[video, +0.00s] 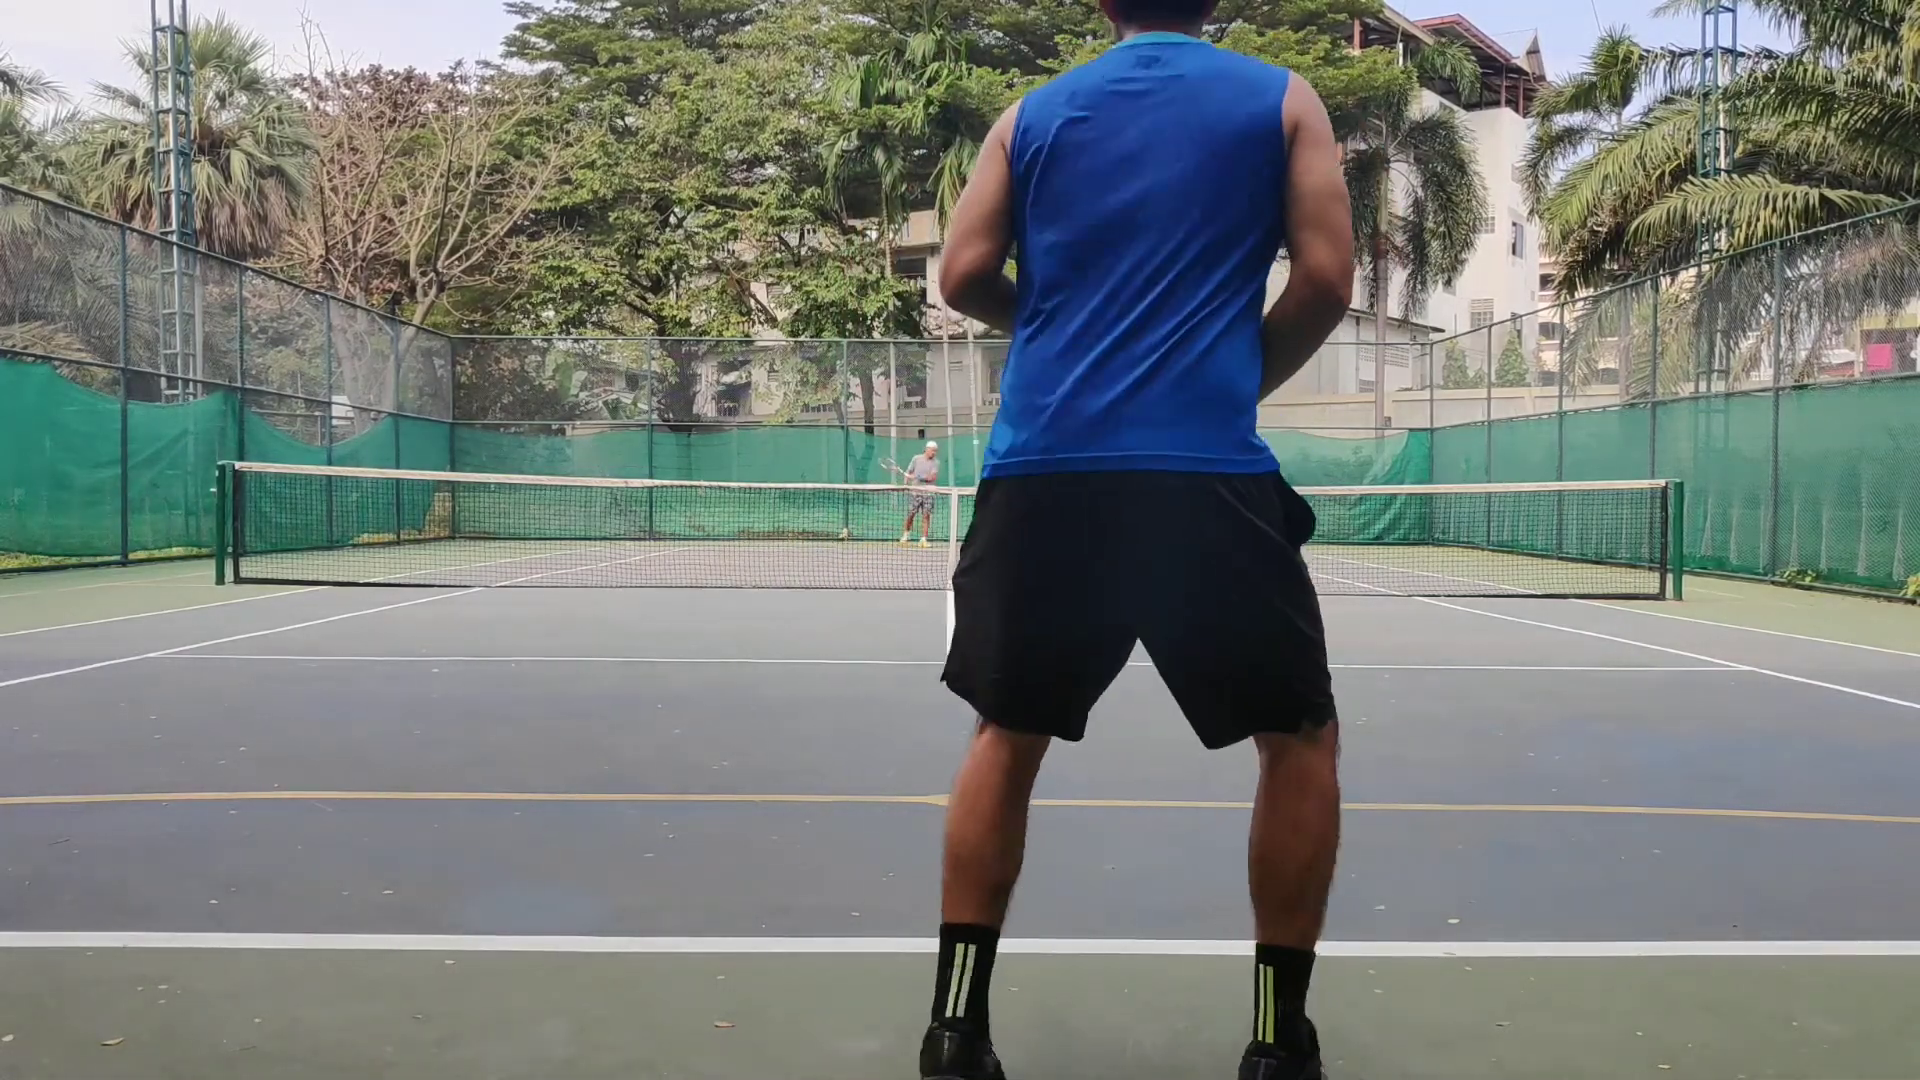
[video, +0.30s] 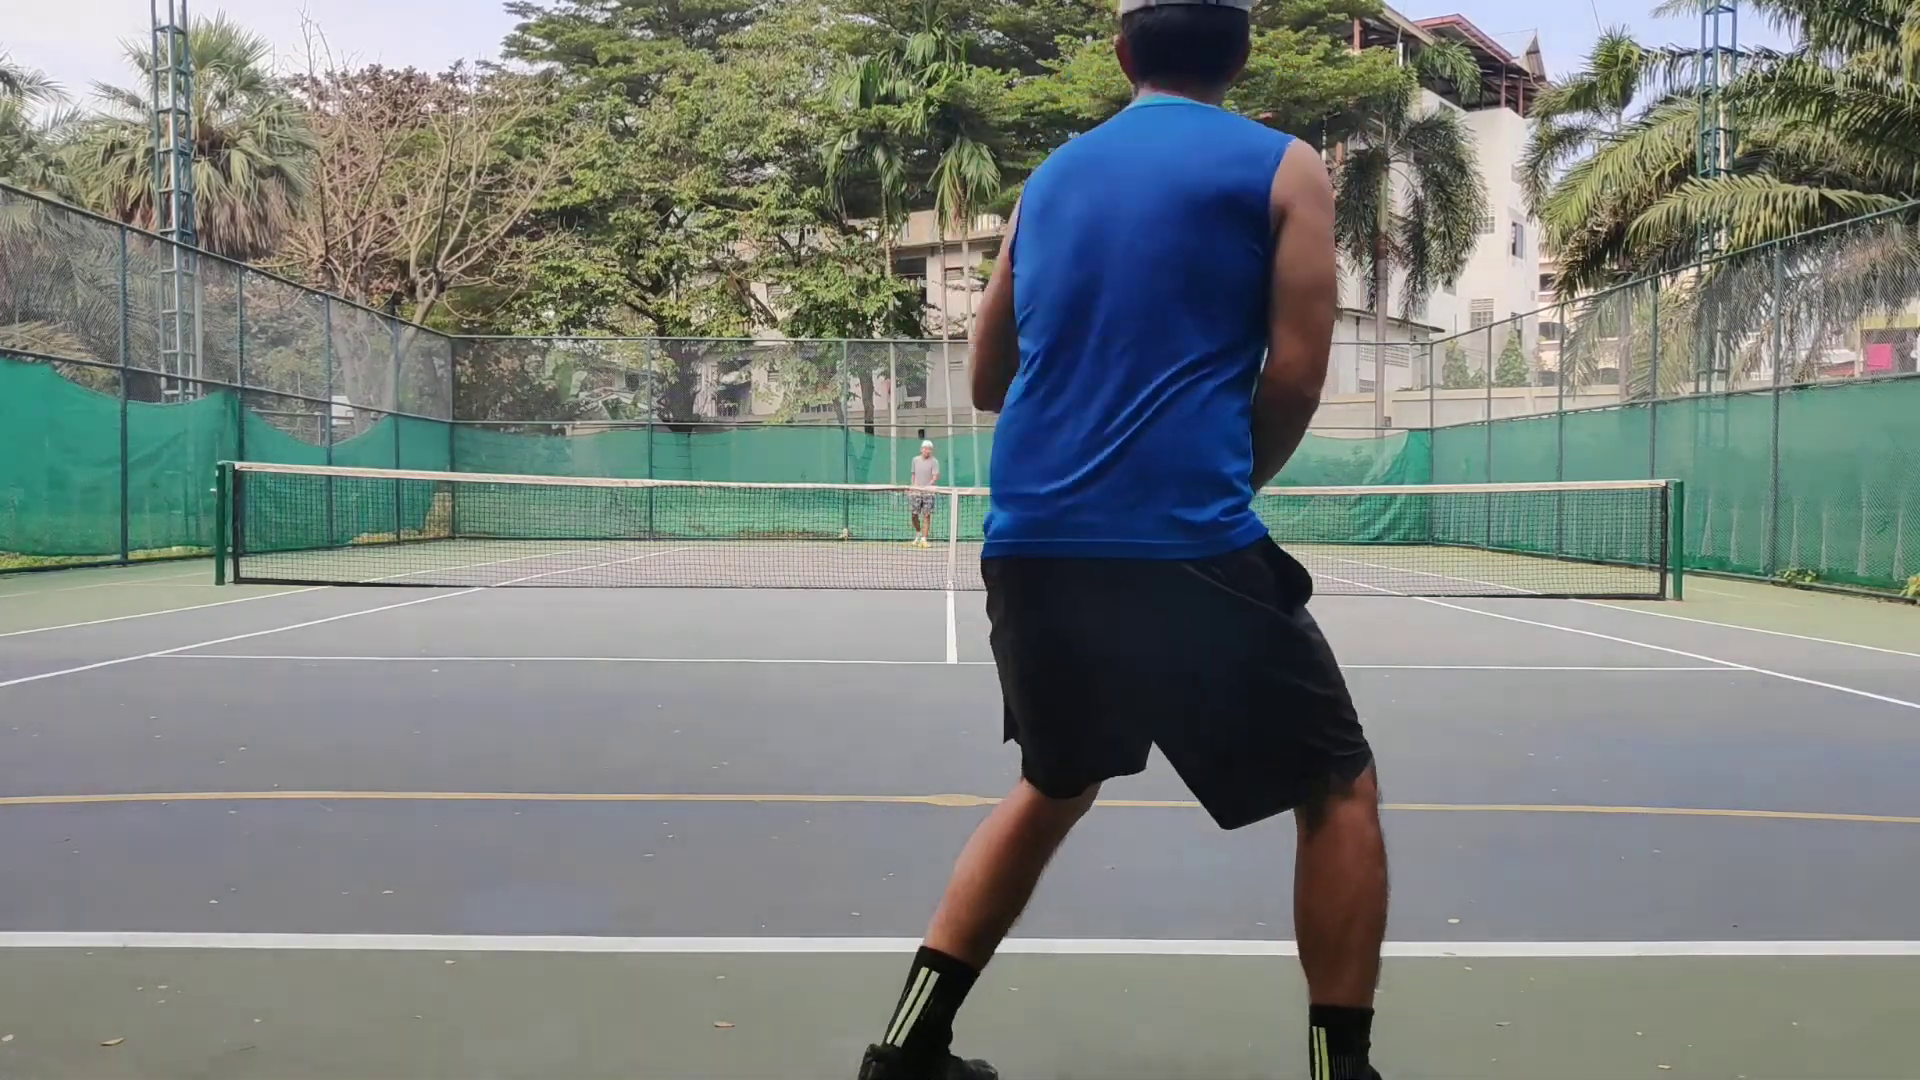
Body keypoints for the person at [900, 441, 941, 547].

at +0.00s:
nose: (933, 453)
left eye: (935, 451)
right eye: (931, 450)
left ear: (936, 452)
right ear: (926, 450)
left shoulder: (935, 462)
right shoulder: (916, 459)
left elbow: (933, 477)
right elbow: (909, 472)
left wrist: (919, 478)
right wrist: (907, 479)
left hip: (928, 490)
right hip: (916, 489)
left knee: (926, 514)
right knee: (912, 512)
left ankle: (924, 537)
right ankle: (906, 532)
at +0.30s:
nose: (927, 451)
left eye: (929, 449)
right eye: (925, 448)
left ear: (931, 450)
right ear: (921, 449)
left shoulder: (933, 461)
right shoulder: (915, 460)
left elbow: (935, 474)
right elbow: (913, 473)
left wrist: (931, 483)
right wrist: (913, 485)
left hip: (928, 490)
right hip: (916, 489)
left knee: (926, 515)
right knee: (914, 514)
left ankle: (925, 537)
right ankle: (918, 533)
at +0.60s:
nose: (923, 452)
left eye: (925, 450)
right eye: (921, 450)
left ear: (929, 451)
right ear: (918, 451)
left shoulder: (933, 462)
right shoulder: (913, 462)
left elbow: (936, 476)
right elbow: (910, 476)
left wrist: (934, 489)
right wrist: (910, 488)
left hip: (929, 492)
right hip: (917, 492)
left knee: (928, 514)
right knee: (917, 515)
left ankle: (927, 534)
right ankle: (918, 533)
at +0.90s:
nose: (927, 450)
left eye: (929, 448)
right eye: (925, 448)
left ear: (932, 449)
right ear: (921, 450)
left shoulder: (937, 460)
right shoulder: (917, 461)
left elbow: (943, 472)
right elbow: (910, 473)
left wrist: (948, 483)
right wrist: (911, 486)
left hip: (934, 490)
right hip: (921, 491)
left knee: (939, 514)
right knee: (921, 515)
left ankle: (941, 536)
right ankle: (920, 536)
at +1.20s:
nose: (939, 453)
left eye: (941, 451)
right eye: (937, 451)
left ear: (943, 452)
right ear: (933, 453)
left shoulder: (948, 464)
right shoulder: (928, 464)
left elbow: (951, 477)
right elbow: (924, 477)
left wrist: (951, 488)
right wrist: (925, 488)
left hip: (945, 491)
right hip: (932, 491)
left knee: (949, 515)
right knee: (928, 514)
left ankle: (950, 534)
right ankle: (921, 534)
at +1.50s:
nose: (947, 451)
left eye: (949, 448)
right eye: (945, 449)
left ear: (951, 450)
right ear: (941, 450)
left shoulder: (956, 461)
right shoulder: (936, 462)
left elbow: (961, 473)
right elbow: (933, 474)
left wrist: (959, 483)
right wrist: (935, 485)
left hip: (954, 489)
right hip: (941, 489)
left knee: (955, 513)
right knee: (941, 513)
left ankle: (955, 535)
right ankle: (940, 535)